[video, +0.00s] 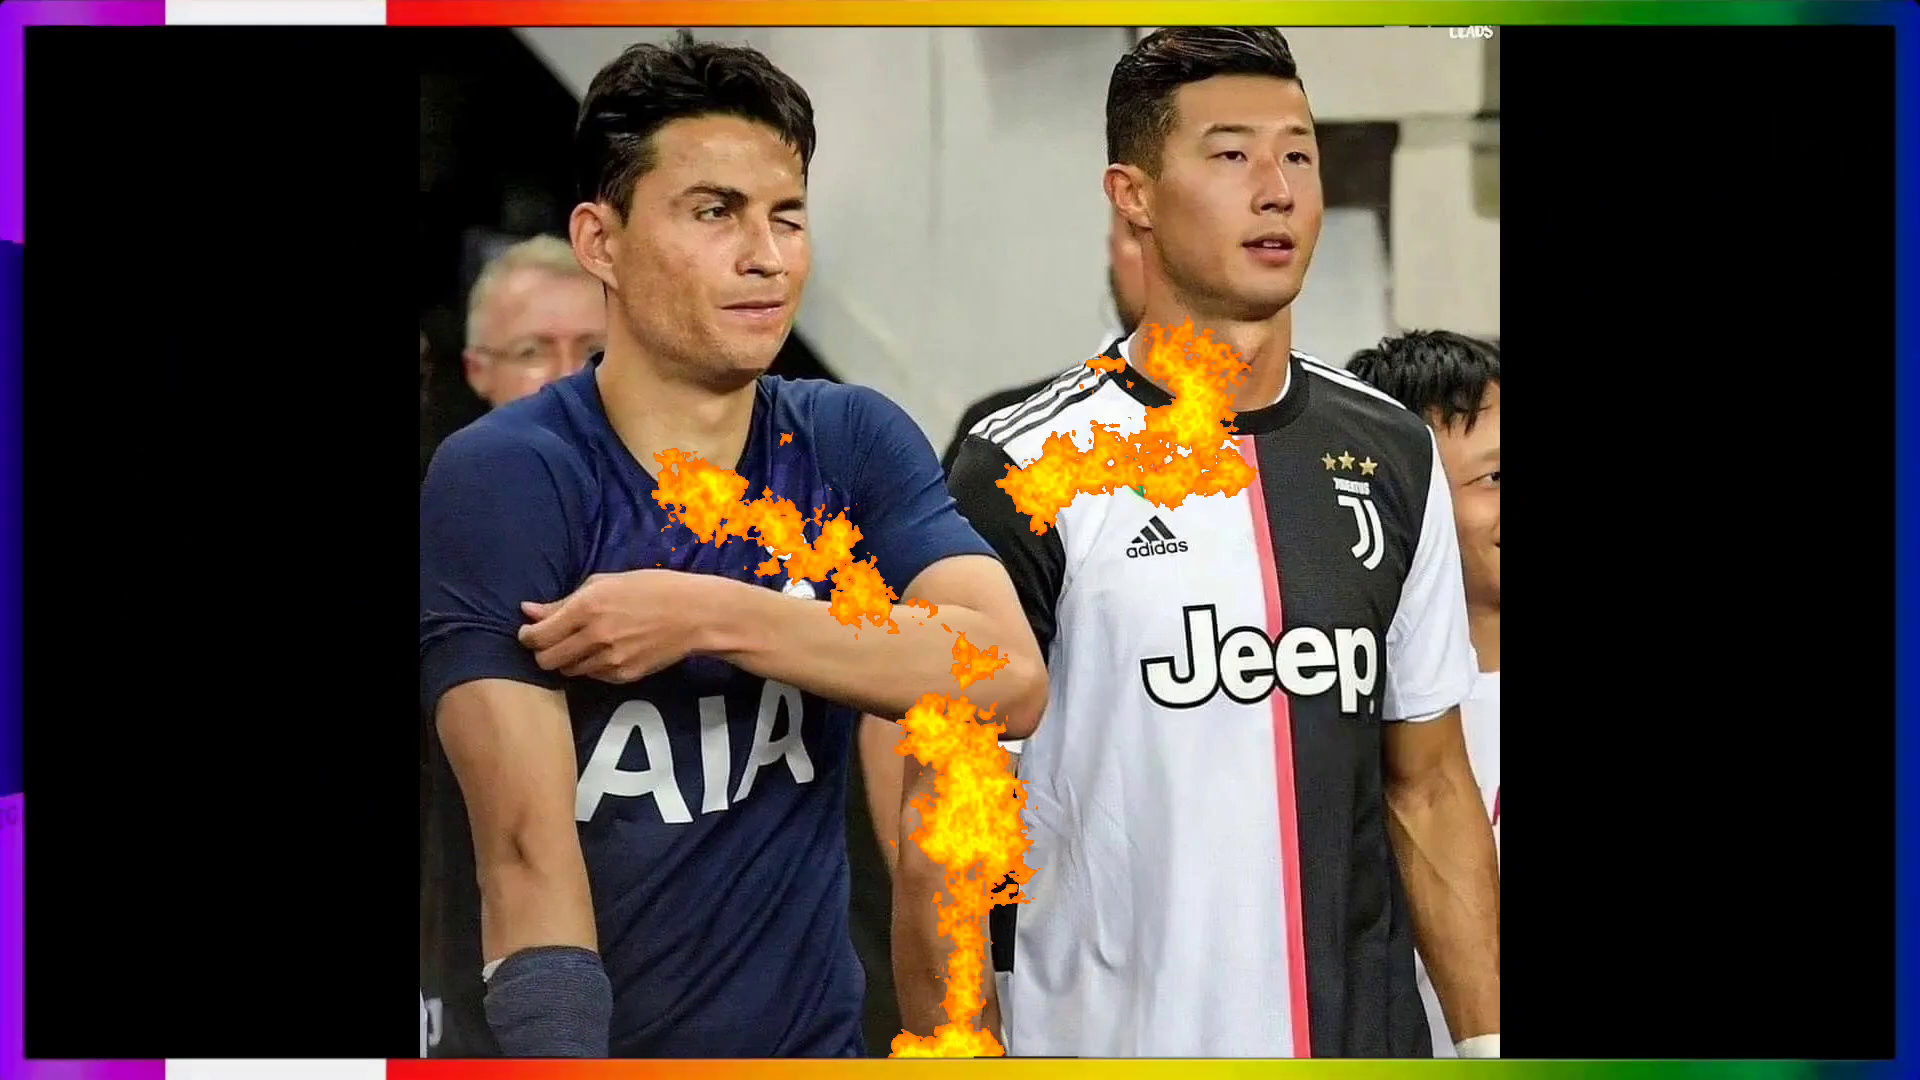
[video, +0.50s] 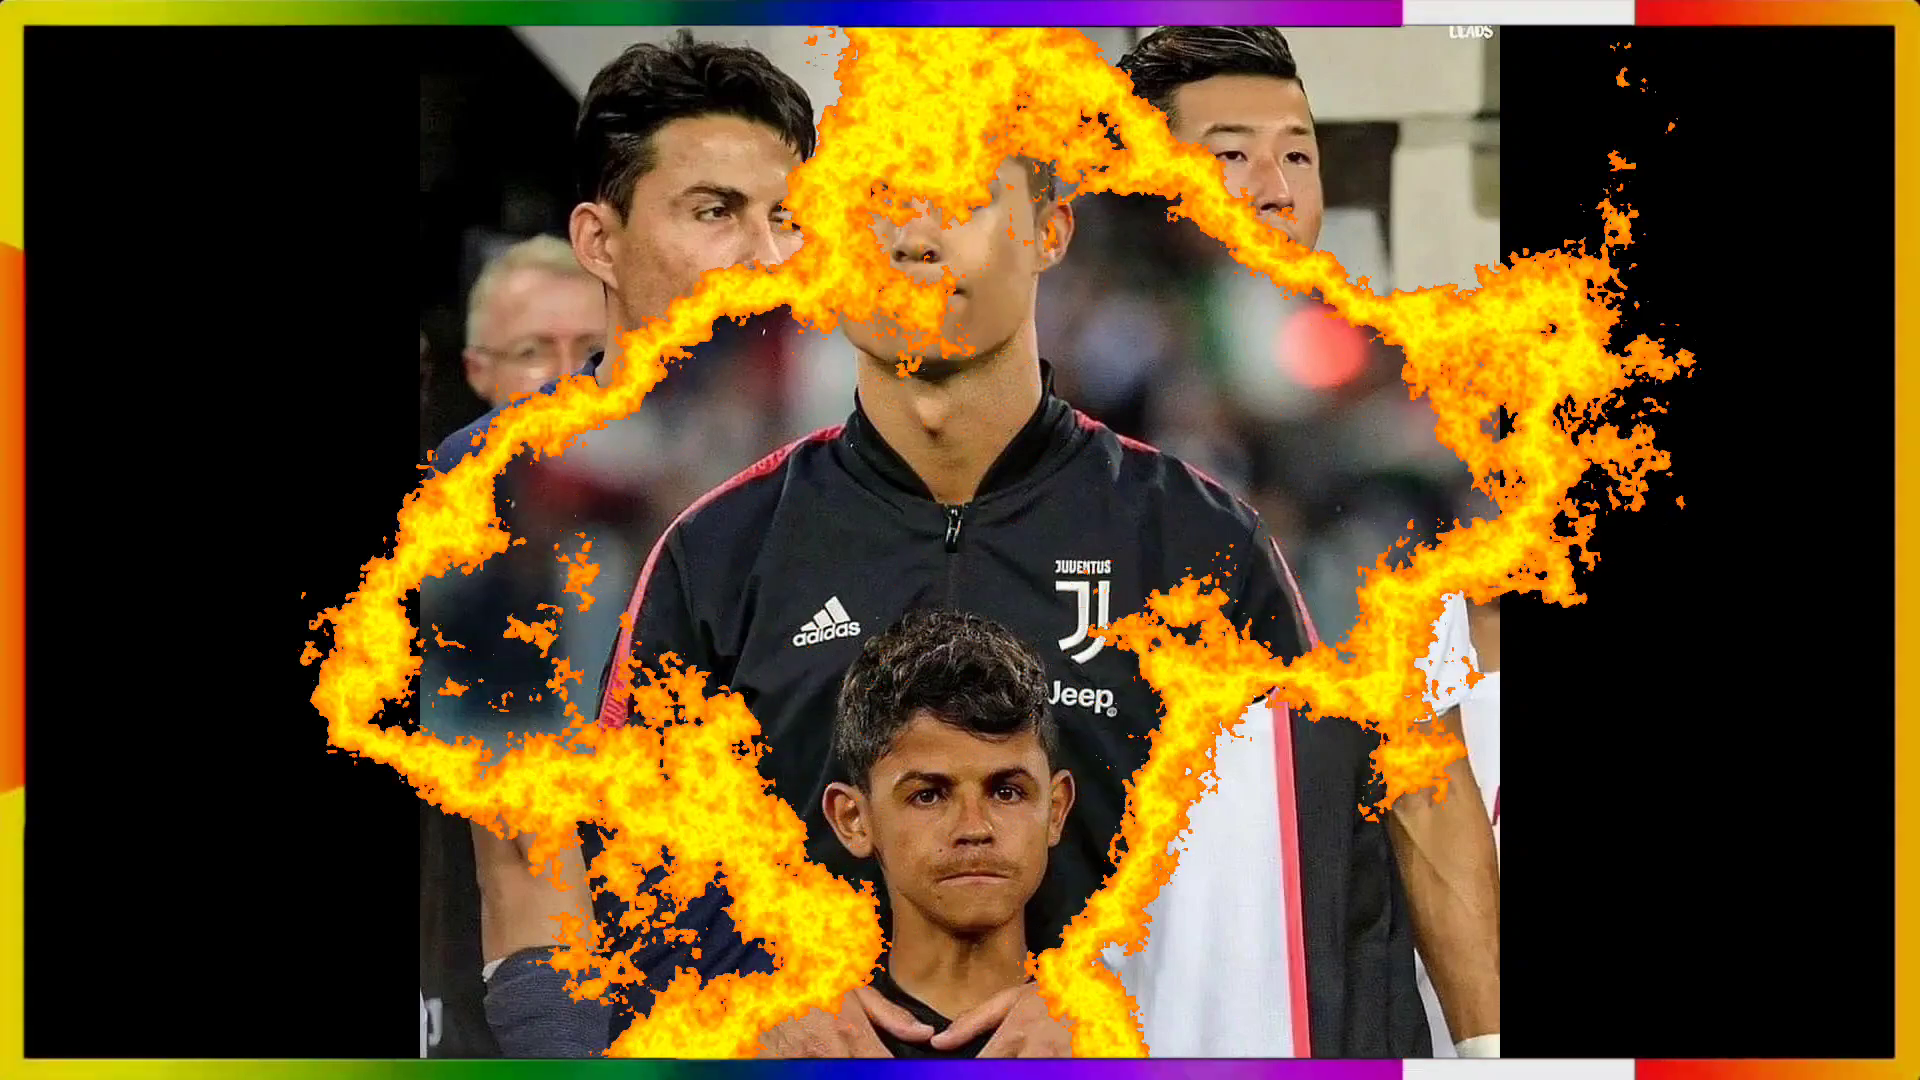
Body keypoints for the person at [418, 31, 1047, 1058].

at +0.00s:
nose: (766, 257)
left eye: (786, 218)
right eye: (712, 213)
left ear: (809, 237)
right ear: (601, 241)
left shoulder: (859, 437)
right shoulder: (500, 476)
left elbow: (1011, 679)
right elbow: (525, 852)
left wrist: (717, 615)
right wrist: (560, 1061)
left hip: (810, 1041)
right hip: (598, 1038)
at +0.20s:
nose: (767, 260)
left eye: (787, 219)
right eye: (715, 212)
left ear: (811, 236)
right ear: (600, 241)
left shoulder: (846, 453)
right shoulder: (497, 475)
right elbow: (524, 855)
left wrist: (708, 619)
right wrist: (560, 1060)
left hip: (813, 1037)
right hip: (602, 1037)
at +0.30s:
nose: (766, 259)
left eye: (788, 220)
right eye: (714, 212)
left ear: (811, 238)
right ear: (600, 241)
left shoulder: (857, 453)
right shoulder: (492, 477)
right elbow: (524, 845)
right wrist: (560, 1053)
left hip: (841, 1030)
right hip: (614, 1034)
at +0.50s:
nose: (766, 257)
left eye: (787, 218)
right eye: (714, 211)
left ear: (809, 234)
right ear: (598, 239)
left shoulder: (830, 461)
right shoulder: (497, 478)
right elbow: (527, 856)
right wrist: (571, 1047)